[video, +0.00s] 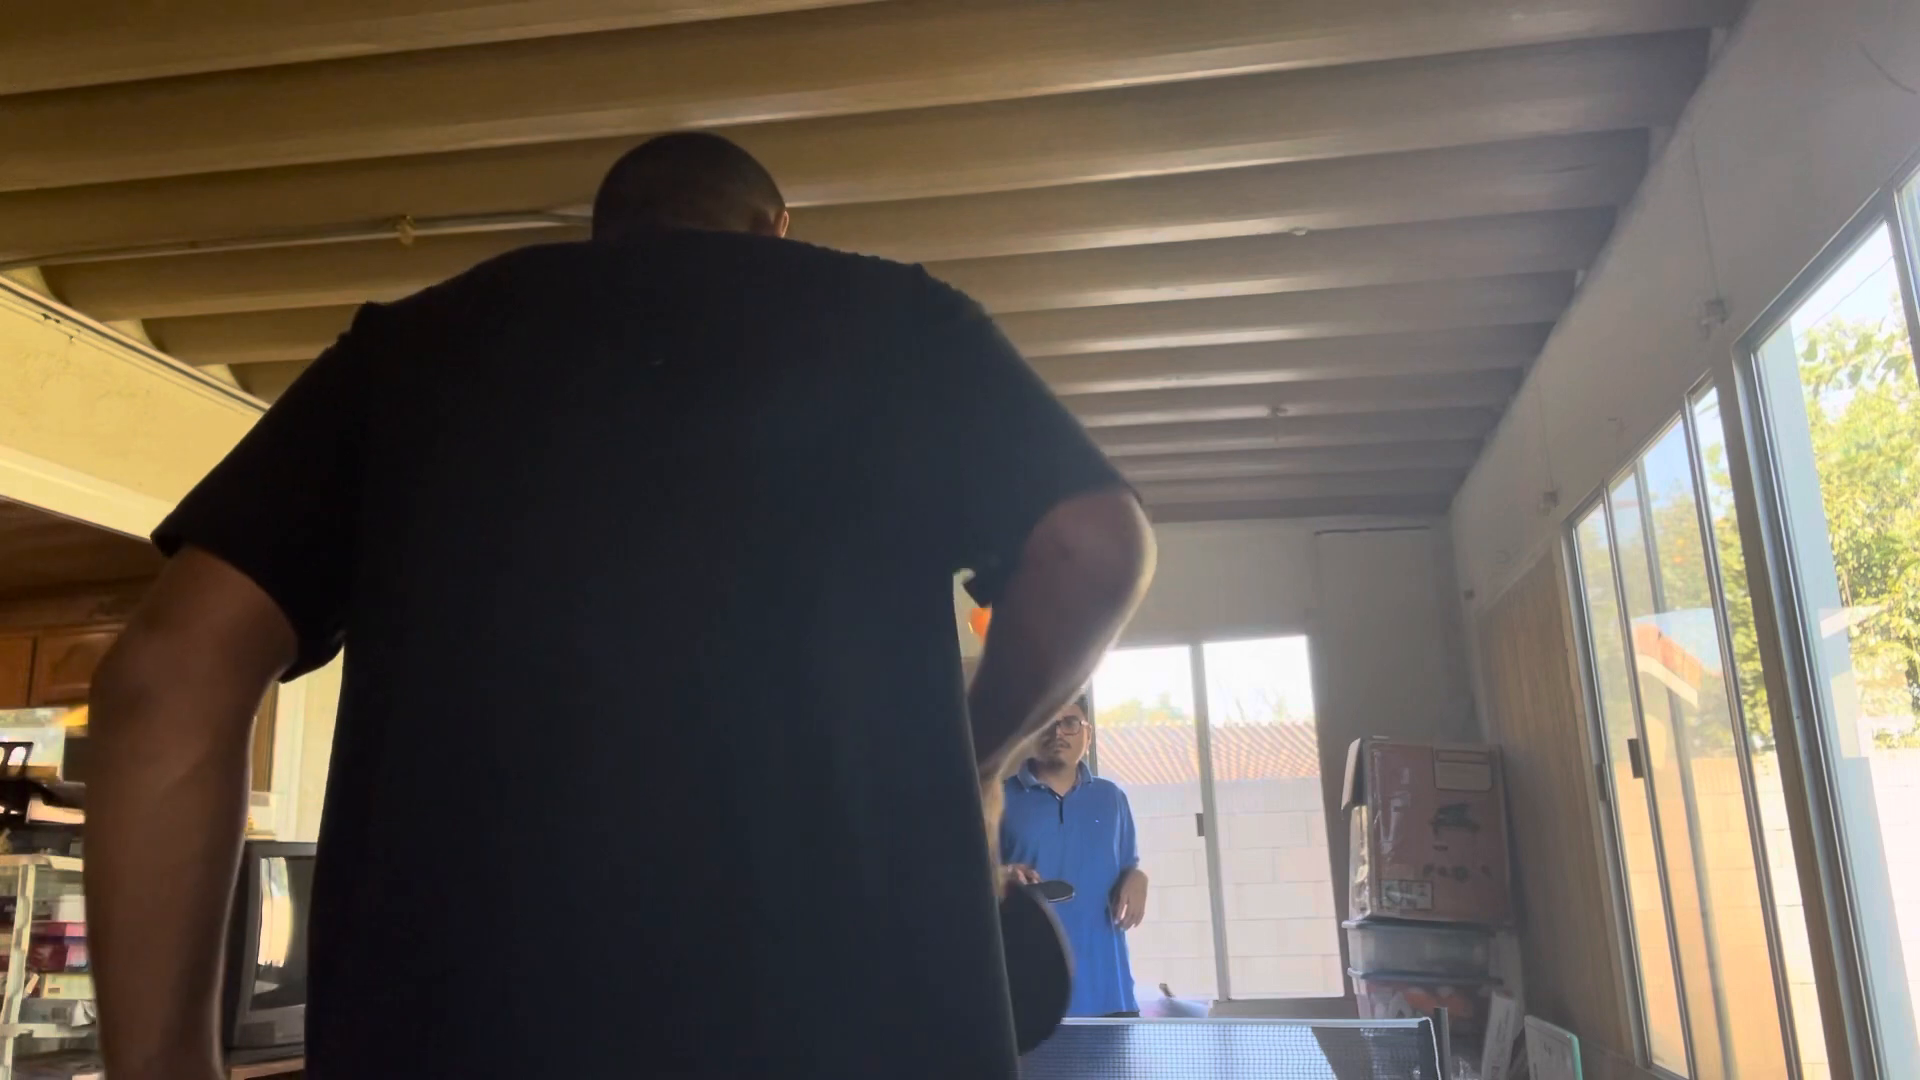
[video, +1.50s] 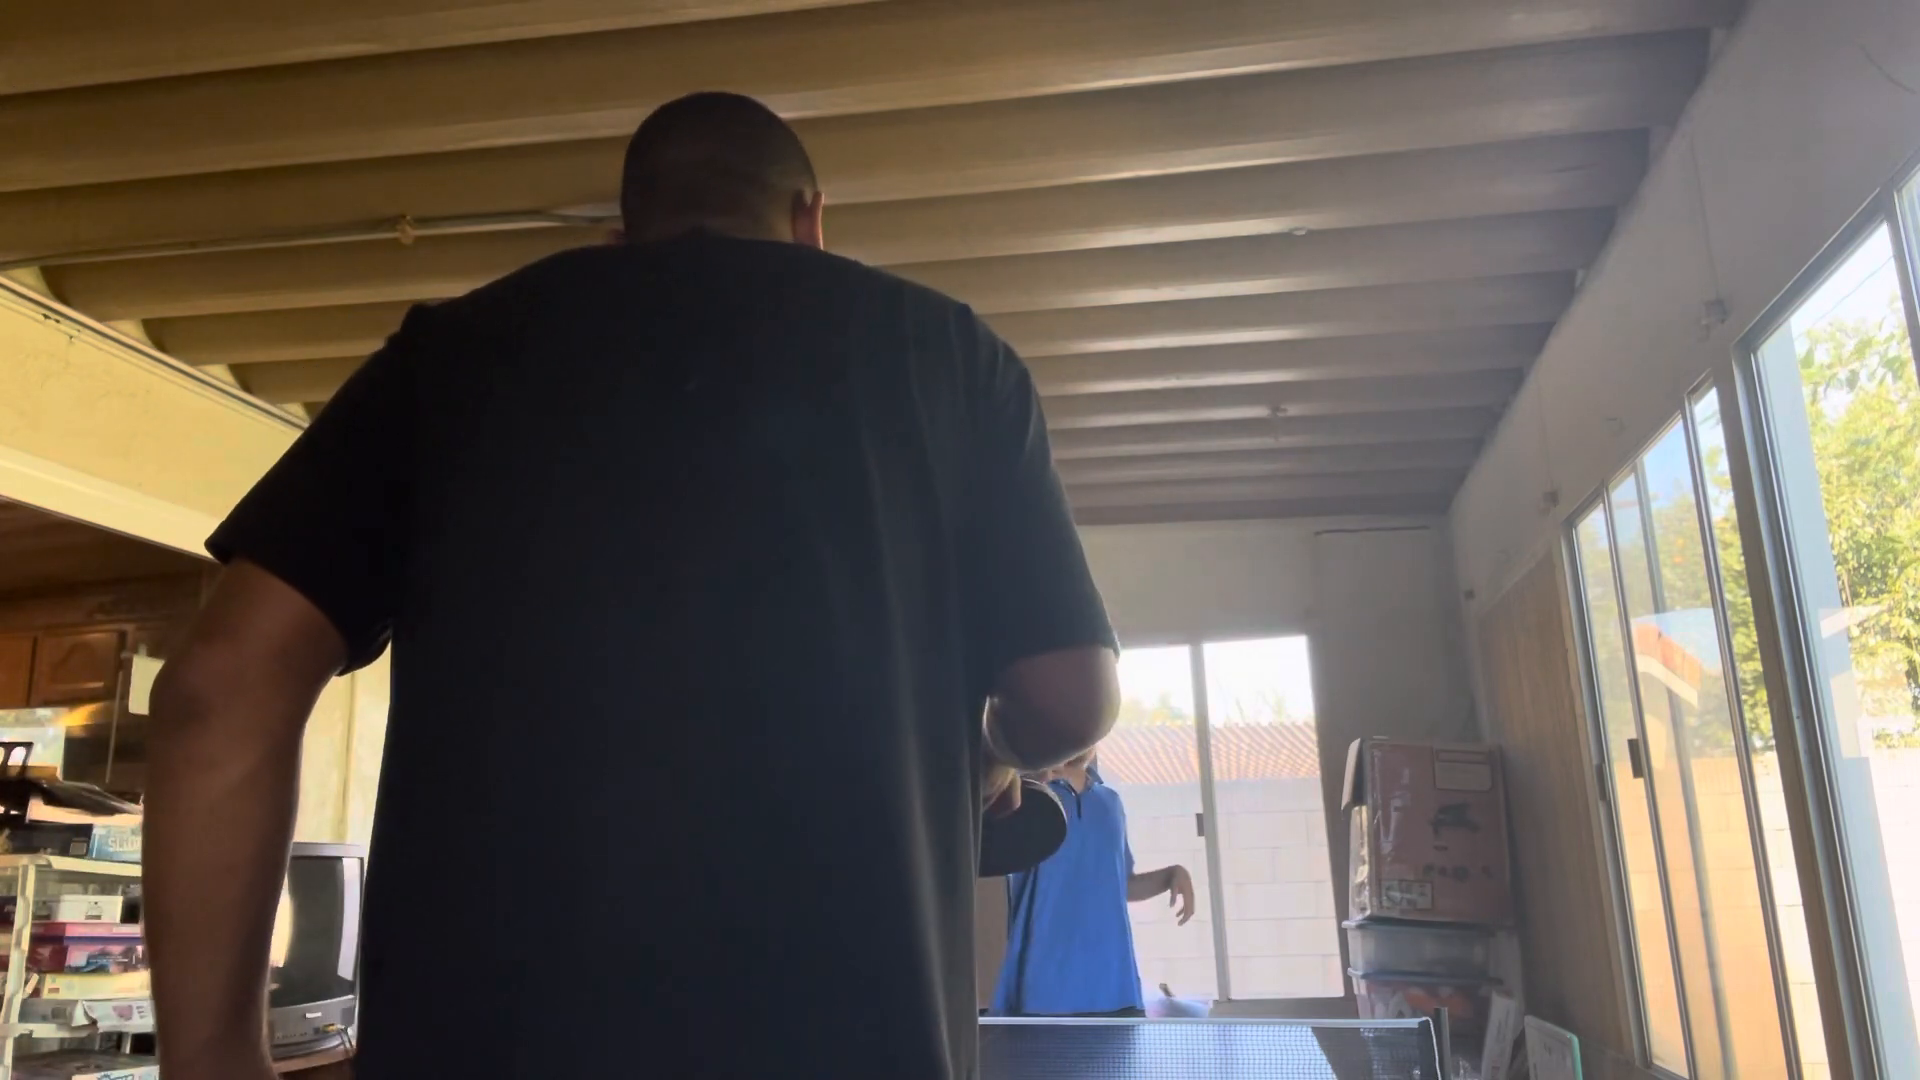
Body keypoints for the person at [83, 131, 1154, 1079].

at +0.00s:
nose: (796, 252)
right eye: (792, 237)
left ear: (590, 234)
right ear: (779, 232)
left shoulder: (410, 344)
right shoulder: (892, 315)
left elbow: (164, 676)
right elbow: (1094, 544)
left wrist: (165, 1064)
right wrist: (971, 763)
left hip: (452, 1028)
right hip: (862, 1029)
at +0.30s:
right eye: (818, 233)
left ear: (626, 224)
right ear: (815, 234)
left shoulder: (447, 333)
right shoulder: (934, 333)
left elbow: (182, 678)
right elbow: (1120, 655)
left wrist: (222, 1056)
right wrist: (984, 650)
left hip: (483, 1039)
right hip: (872, 1041)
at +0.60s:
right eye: (828, 233)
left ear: (630, 225)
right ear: (818, 231)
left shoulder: (467, 335)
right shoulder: (955, 346)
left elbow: (235, 668)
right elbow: (1119, 682)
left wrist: (225, 1058)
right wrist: (960, 650)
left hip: (514, 1036)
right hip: (899, 1039)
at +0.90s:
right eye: (832, 228)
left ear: (637, 222)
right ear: (826, 226)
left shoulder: (473, 339)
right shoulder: (963, 347)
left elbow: (242, 659)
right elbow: (1091, 700)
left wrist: (205, 1058)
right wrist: (963, 720)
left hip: (516, 1032)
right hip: (891, 1037)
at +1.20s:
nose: (829, 237)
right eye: (830, 222)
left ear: (632, 219)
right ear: (821, 220)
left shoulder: (465, 345)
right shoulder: (953, 346)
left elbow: (229, 682)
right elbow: (1086, 699)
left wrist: (220, 1059)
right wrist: (982, 731)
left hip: (500, 1034)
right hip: (867, 1037)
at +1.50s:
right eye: (818, 218)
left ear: (618, 219)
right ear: (810, 216)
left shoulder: (457, 348)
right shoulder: (941, 347)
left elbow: (222, 684)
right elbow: (1069, 700)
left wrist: (214, 1058)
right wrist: (990, 747)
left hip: (488, 1036)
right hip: (846, 1039)